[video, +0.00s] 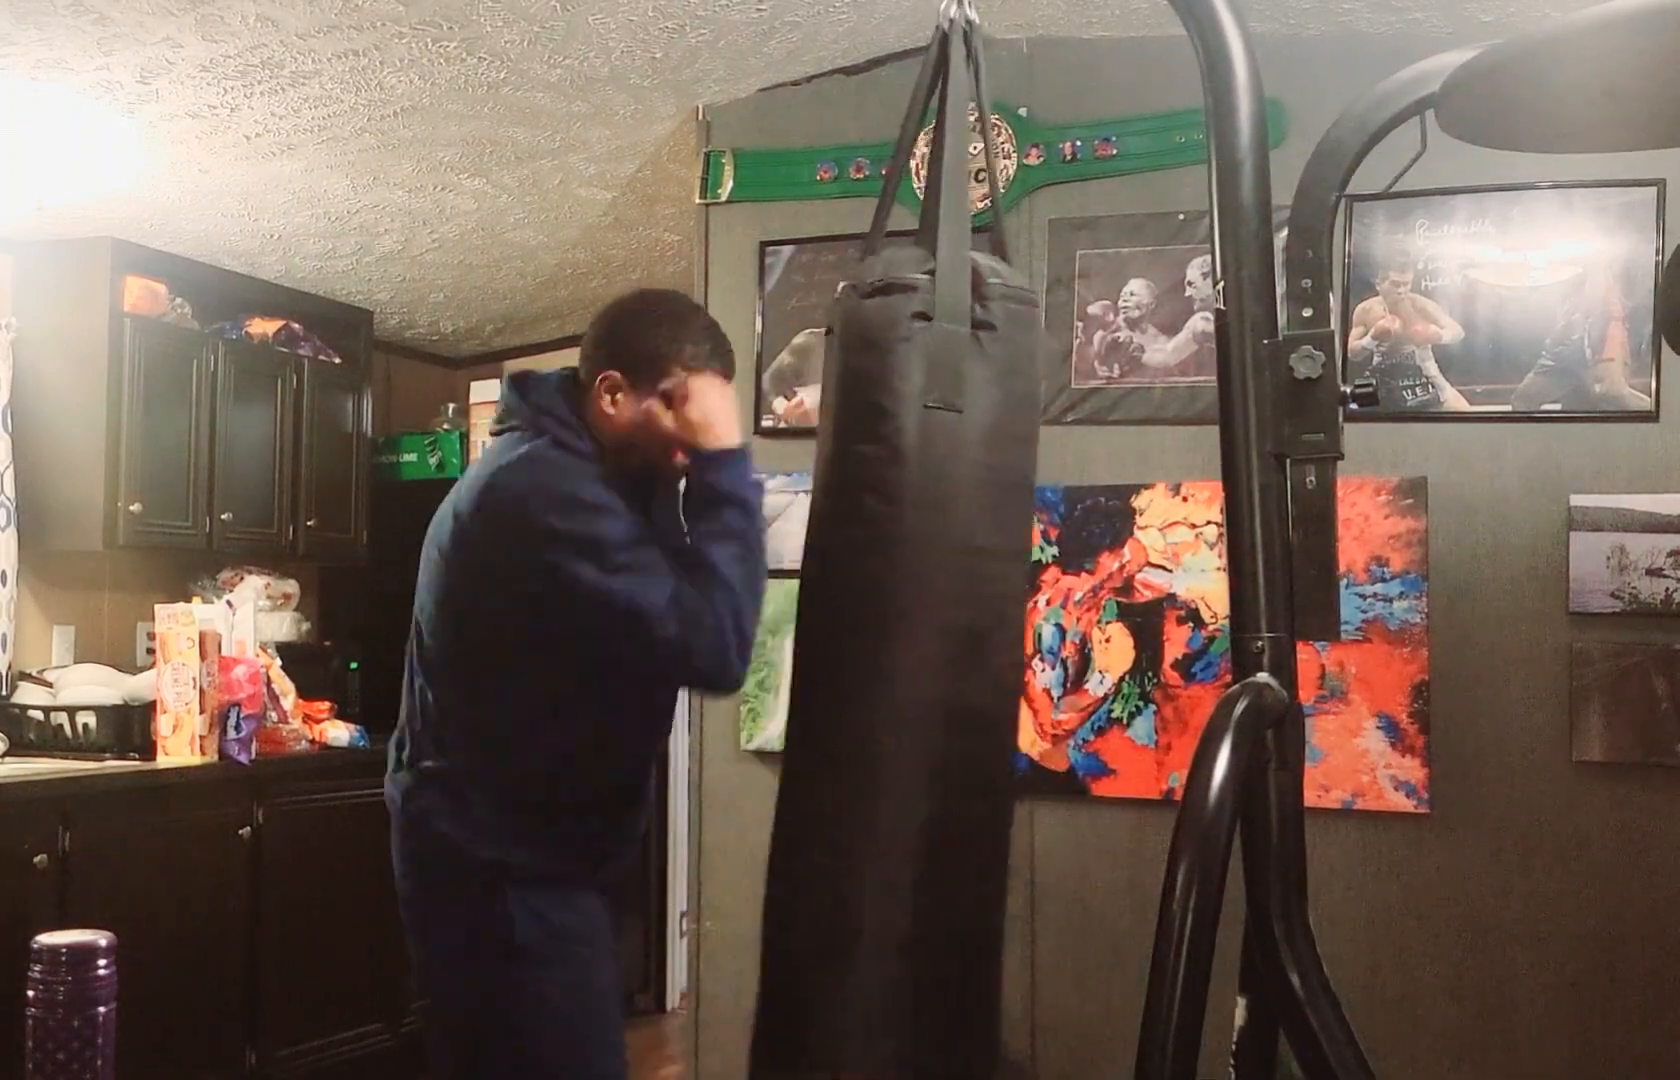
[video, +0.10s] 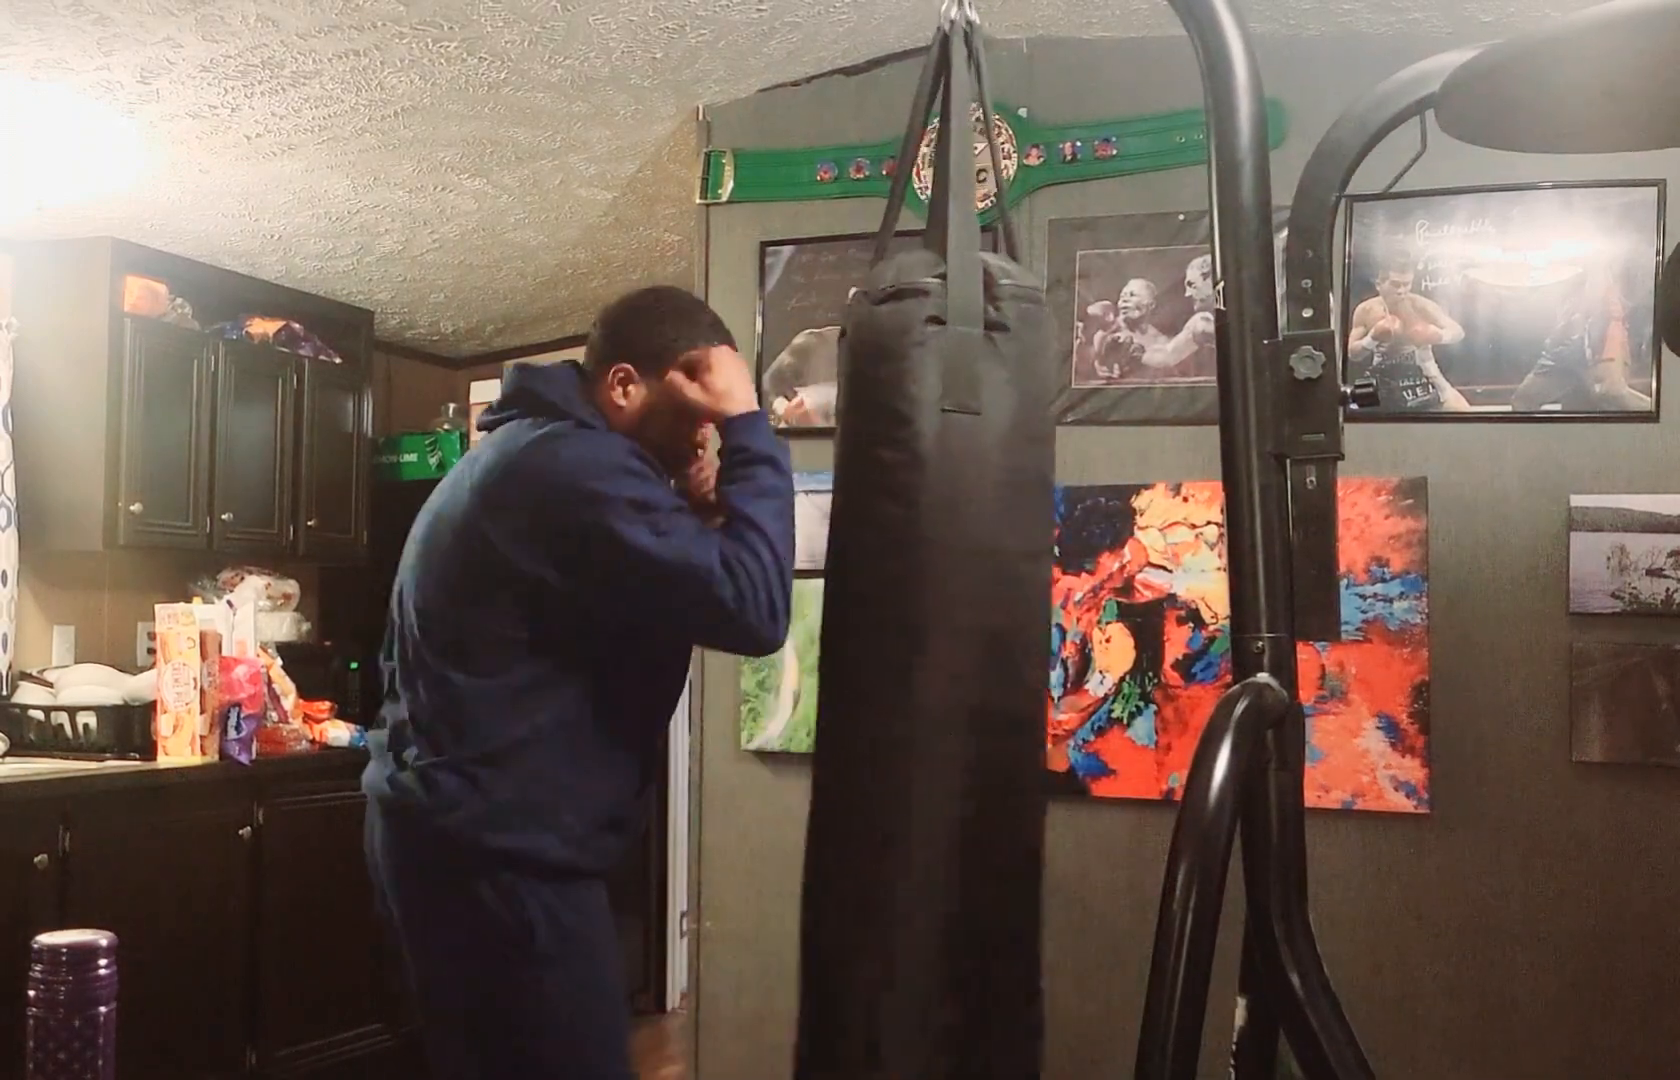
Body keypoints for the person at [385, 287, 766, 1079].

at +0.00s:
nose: (692, 447)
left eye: (699, 423)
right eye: (682, 418)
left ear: (607, 395)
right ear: (611, 394)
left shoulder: (567, 469)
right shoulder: (544, 489)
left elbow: (698, 624)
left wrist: (699, 467)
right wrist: (723, 460)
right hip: (506, 876)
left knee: (542, 1061)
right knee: (568, 1065)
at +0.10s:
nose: (716, 424)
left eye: (722, 403)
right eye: (705, 395)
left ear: (619, 386)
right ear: (624, 386)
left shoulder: (520, 449)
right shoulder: (578, 466)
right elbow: (751, 611)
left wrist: (693, 510)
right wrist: (749, 426)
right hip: (508, 859)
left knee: (498, 1061)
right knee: (573, 1062)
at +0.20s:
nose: (690, 450)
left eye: (698, 427)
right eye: (685, 424)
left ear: (611, 398)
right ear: (619, 403)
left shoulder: (503, 456)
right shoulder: (581, 472)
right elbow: (758, 608)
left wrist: (683, 528)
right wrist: (748, 432)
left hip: (406, 835)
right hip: (496, 863)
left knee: (432, 1058)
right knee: (587, 1062)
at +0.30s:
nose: (670, 495)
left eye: (677, 476)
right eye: (668, 469)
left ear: (599, 421)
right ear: (614, 426)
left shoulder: (469, 475)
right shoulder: (579, 484)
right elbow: (745, 629)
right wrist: (738, 460)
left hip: (367, 843)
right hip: (488, 867)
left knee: (403, 1063)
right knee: (574, 1061)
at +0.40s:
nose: (662, 500)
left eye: (670, 479)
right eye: (661, 473)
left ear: (597, 428)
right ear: (605, 431)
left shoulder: (465, 477)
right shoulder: (563, 489)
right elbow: (727, 646)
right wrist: (724, 470)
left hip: (368, 858)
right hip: (481, 881)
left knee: (406, 1065)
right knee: (574, 1063)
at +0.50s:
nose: (672, 472)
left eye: (679, 451)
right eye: (666, 445)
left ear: (596, 413)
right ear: (600, 416)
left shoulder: (477, 465)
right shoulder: (543, 482)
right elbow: (703, 645)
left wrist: (641, 555)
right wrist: (716, 467)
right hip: (476, 877)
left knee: (425, 1065)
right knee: (568, 1062)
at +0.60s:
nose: (682, 443)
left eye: (686, 422)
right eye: (672, 419)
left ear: (598, 397)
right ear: (601, 397)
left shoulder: (512, 456)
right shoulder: (517, 472)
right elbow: (660, 640)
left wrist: (697, 538)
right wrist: (698, 457)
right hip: (463, 871)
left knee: (452, 1062)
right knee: (544, 1061)